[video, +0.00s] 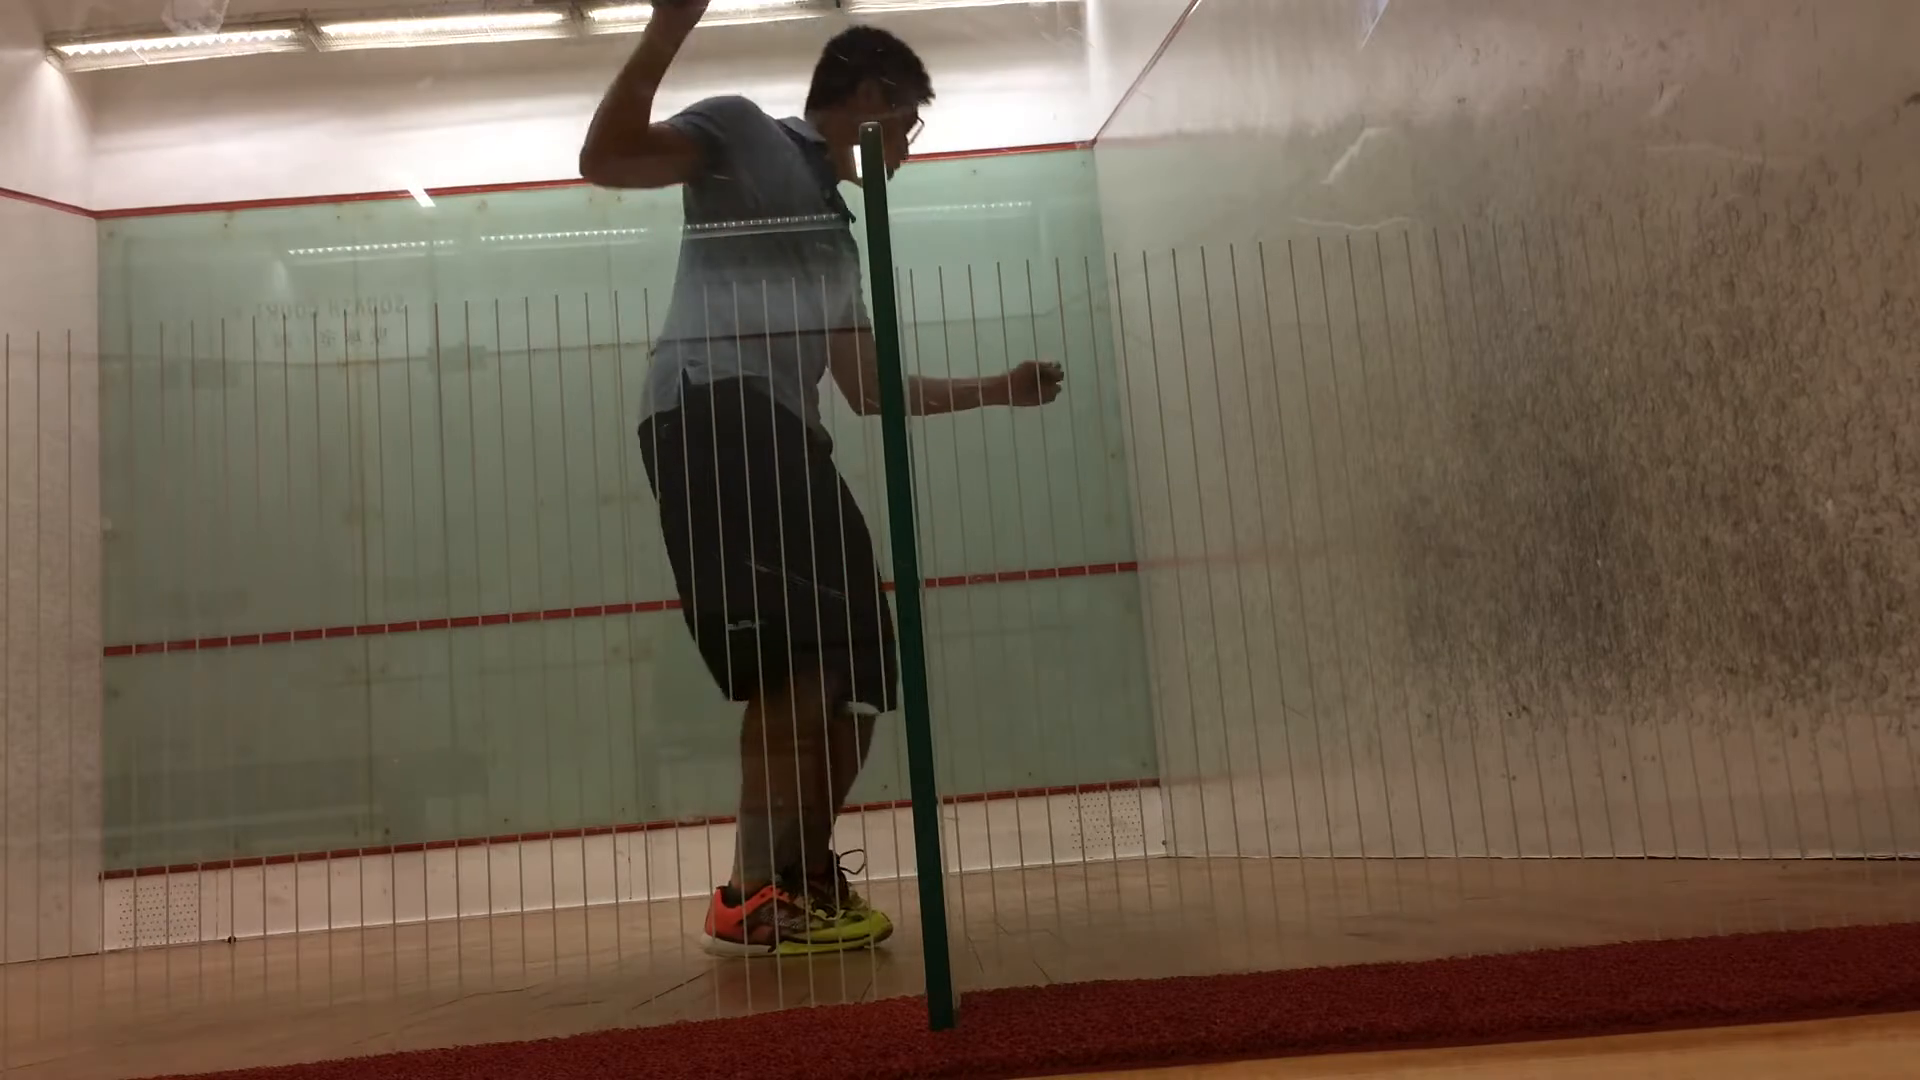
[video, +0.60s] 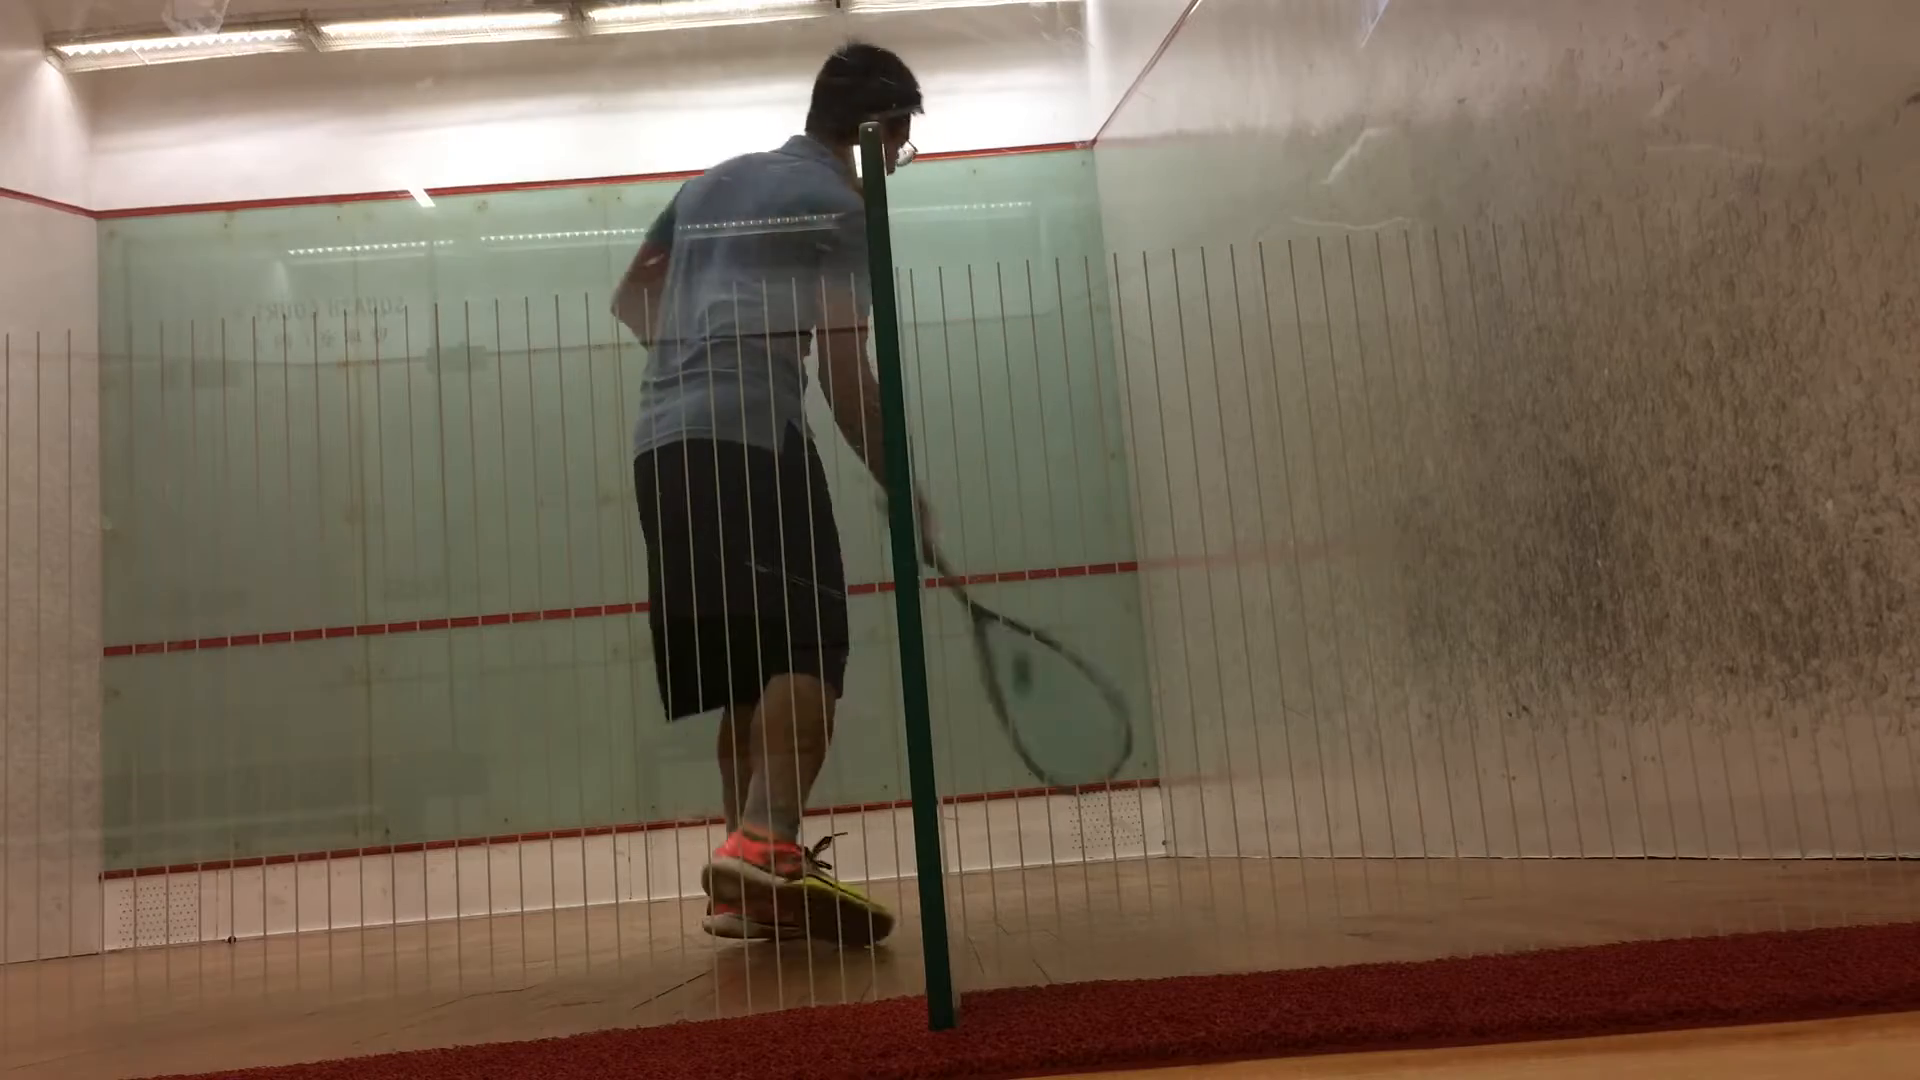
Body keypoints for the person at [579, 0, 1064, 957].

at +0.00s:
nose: (904, 139)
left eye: (912, 123)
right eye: (899, 113)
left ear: (876, 121)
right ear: (849, 95)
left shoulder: (830, 237)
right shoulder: (753, 132)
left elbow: (870, 387)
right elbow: (607, 155)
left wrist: (997, 390)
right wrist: (668, 27)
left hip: (775, 424)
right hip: (710, 409)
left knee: (862, 649)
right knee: (791, 649)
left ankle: (805, 873)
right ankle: (755, 887)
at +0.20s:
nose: (920, 161)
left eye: (925, 142)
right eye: (916, 137)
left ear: (870, 127)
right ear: (871, 119)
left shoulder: (825, 238)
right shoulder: (774, 158)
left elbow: (860, 387)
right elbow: (639, 209)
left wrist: (993, 387)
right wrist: (722, 101)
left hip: (763, 433)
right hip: (712, 422)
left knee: (874, 659)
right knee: (838, 648)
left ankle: (798, 878)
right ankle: (757, 887)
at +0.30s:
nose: (921, 158)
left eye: (923, 141)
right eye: (916, 138)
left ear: (871, 131)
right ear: (871, 128)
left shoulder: (820, 213)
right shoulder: (774, 160)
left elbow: (816, 372)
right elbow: (678, 235)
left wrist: (954, 368)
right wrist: (788, 167)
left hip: (761, 433)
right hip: (715, 428)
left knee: (855, 652)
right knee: (841, 649)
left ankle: (775, 876)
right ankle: (756, 882)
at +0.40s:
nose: (917, 159)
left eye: (921, 141)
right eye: (912, 137)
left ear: (859, 130)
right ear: (870, 127)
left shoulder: (817, 219)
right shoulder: (807, 173)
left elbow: (781, 368)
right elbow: (735, 261)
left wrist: (885, 358)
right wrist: (841, 291)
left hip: (717, 443)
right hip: (728, 435)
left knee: (807, 664)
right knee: (849, 654)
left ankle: (756, 879)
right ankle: (766, 883)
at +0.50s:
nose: (908, 163)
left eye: (914, 147)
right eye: (907, 142)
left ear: (829, 123)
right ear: (871, 127)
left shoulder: (748, 193)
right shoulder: (826, 191)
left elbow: (769, 341)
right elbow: (811, 329)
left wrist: (878, 397)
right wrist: (904, 406)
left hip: (680, 445)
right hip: (744, 441)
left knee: (764, 662)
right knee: (828, 652)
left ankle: (754, 873)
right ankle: (773, 873)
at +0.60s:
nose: (899, 156)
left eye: (905, 137)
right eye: (900, 136)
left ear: (816, 112)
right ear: (870, 125)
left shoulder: (710, 184)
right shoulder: (842, 202)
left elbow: (633, 293)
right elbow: (844, 377)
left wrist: (705, 368)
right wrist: (905, 494)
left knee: (740, 666)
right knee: (811, 645)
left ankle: (748, 872)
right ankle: (763, 838)